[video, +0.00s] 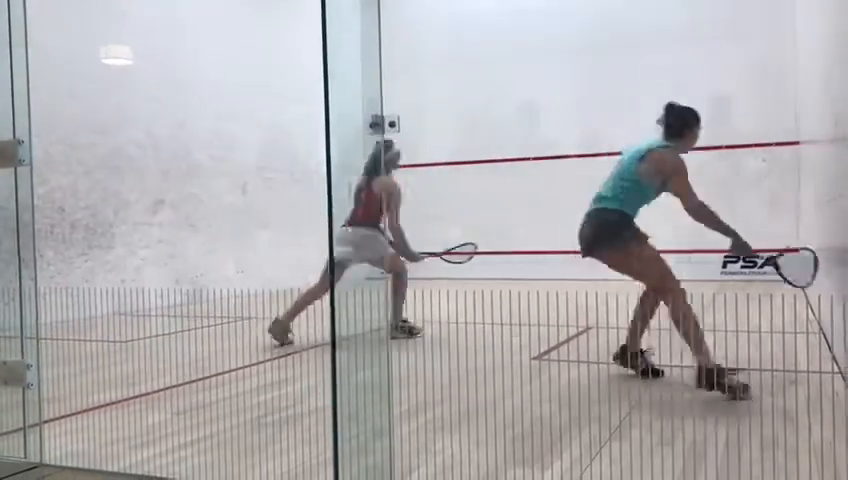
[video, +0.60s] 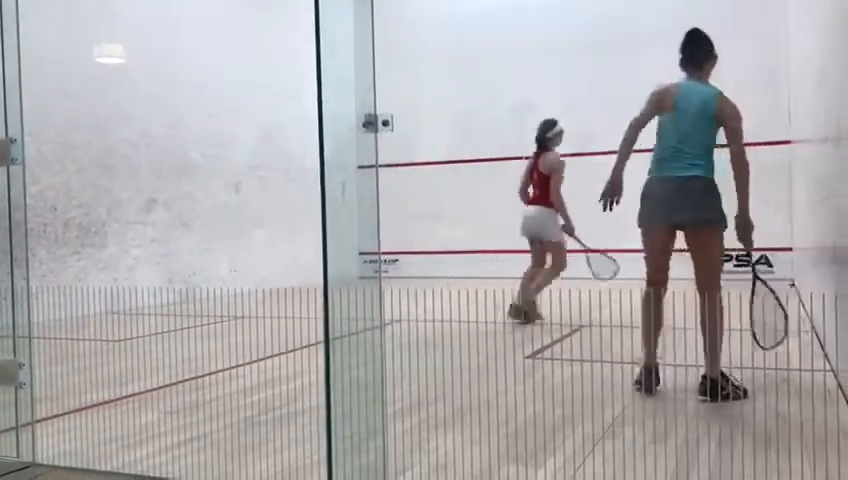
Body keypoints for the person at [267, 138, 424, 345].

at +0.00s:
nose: (399, 157)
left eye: (397, 154)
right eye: (395, 155)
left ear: (376, 159)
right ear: (388, 159)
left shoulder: (363, 182)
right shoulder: (390, 186)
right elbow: (394, 228)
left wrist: (400, 251)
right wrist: (411, 255)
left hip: (346, 235)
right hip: (368, 238)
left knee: (323, 285)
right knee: (399, 270)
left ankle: (283, 322)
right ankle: (397, 323)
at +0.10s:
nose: (434, 155)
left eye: (434, 151)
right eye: (432, 152)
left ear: (414, 154)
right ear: (425, 155)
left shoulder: (401, 175)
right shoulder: (425, 181)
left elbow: (391, 206)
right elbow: (423, 220)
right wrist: (436, 244)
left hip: (378, 229)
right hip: (397, 232)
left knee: (370, 283)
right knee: (421, 277)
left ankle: (325, 304)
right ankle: (401, 323)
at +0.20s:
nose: (462, 140)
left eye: (461, 137)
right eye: (460, 137)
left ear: (442, 139)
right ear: (454, 140)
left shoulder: (429, 160)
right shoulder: (455, 167)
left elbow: (411, 191)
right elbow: (453, 206)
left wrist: (422, 211)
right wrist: (464, 232)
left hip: (414, 214)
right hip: (431, 218)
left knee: (420, 270)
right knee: (430, 275)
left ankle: (389, 304)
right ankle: (404, 315)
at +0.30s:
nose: (487, 133)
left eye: (486, 130)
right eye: (484, 130)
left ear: (466, 132)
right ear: (478, 132)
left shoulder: (452, 153)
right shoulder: (484, 157)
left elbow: (434, 179)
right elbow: (483, 192)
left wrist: (440, 204)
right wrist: (491, 221)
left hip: (446, 206)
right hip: (463, 208)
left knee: (459, 260)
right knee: (451, 260)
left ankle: (457, 310)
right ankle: (421, 302)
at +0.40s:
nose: (512, 136)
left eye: (511, 133)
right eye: (510, 134)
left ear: (492, 137)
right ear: (504, 137)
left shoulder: (479, 158)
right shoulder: (511, 162)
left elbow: (459, 184)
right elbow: (512, 196)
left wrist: (467, 210)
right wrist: (518, 225)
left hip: (476, 213)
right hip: (494, 213)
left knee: (497, 262)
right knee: (481, 260)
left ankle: (509, 308)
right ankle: (443, 289)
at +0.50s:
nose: (536, 147)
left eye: (536, 143)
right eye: (535, 143)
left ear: (517, 146)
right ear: (529, 146)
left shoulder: (507, 166)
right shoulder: (535, 168)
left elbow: (490, 196)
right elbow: (536, 204)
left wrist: (498, 222)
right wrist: (545, 230)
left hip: (506, 220)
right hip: (521, 221)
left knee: (529, 266)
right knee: (521, 273)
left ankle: (518, 310)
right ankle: (481, 287)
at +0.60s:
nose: (561, 138)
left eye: (560, 134)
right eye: (558, 135)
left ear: (542, 137)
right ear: (552, 138)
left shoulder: (534, 160)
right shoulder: (556, 161)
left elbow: (522, 190)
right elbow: (555, 195)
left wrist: (534, 208)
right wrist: (567, 221)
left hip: (530, 212)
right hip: (547, 214)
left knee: (537, 262)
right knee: (559, 263)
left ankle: (520, 302)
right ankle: (530, 296)